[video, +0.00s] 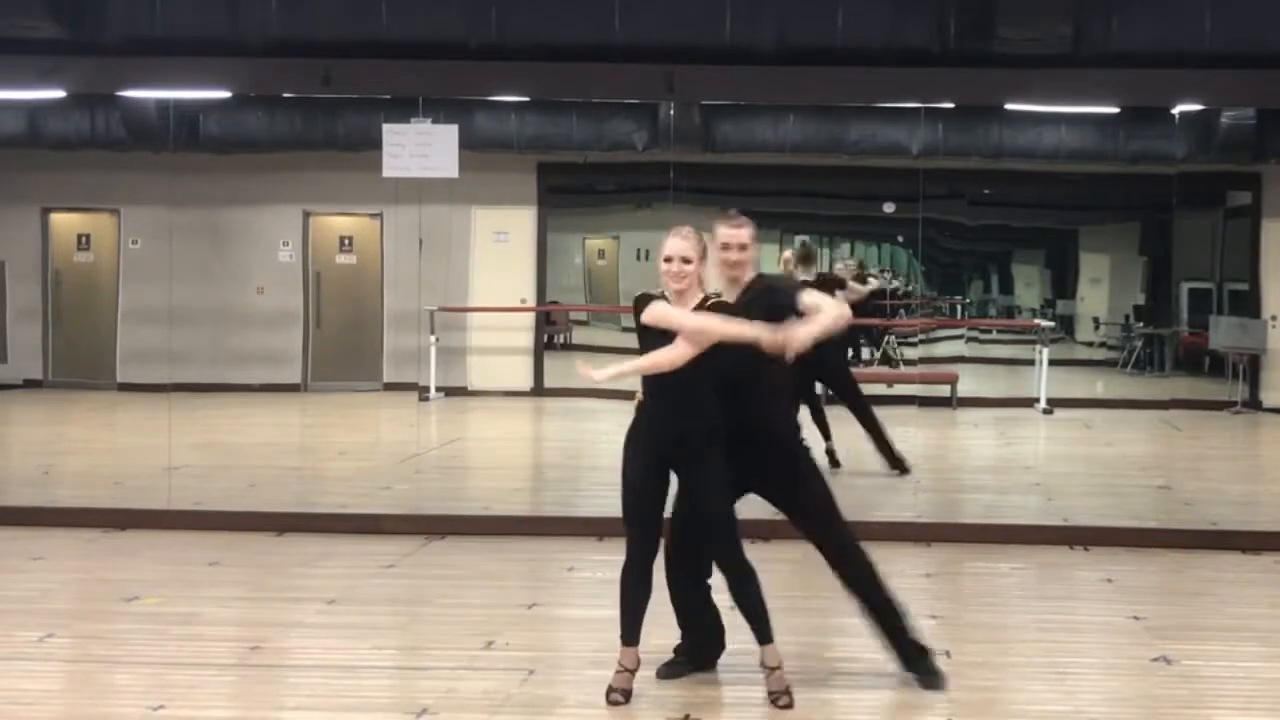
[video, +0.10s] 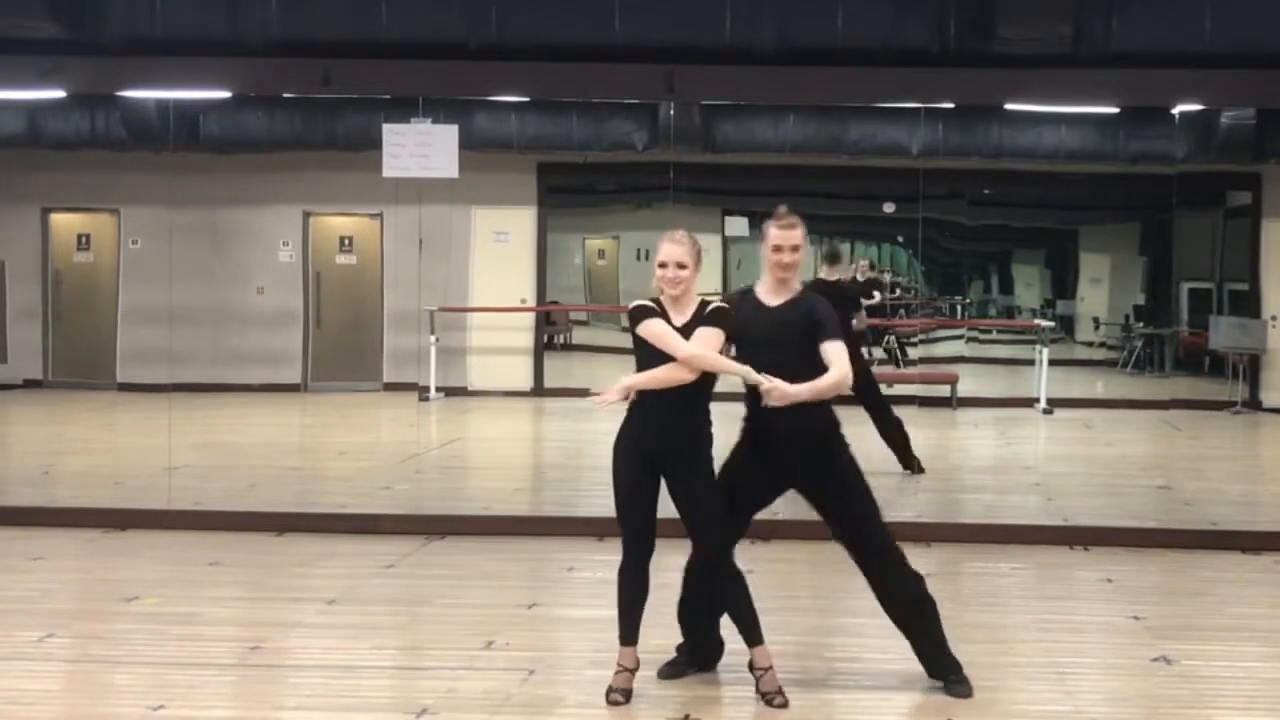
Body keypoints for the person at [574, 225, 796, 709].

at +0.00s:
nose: (676, 269)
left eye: (686, 261)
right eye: (669, 260)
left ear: (701, 265)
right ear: (658, 265)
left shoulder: (718, 312)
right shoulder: (646, 305)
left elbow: (677, 357)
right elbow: (690, 325)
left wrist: (612, 370)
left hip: (701, 444)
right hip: (648, 441)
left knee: (728, 553)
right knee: (640, 551)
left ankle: (770, 657)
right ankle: (627, 657)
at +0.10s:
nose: (671, 274)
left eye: (681, 266)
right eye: (663, 266)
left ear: (697, 271)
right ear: (653, 270)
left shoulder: (714, 314)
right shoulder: (641, 311)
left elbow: (691, 368)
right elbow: (685, 352)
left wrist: (631, 383)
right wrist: (751, 374)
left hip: (689, 448)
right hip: (638, 445)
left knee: (717, 552)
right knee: (636, 550)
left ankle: (761, 658)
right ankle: (626, 658)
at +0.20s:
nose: (669, 274)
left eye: (679, 266)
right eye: (662, 266)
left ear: (695, 270)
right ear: (651, 270)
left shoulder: (711, 312)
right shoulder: (639, 311)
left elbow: (693, 368)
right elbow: (685, 351)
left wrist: (631, 386)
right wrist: (748, 373)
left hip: (687, 448)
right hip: (636, 446)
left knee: (716, 553)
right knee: (634, 550)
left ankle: (759, 656)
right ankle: (625, 658)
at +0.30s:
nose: (669, 275)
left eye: (678, 267)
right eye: (661, 266)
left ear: (695, 271)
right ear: (651, 270)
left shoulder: (712, 311)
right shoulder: (638, 313)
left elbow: (694, 369)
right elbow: (686, 352)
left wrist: (634, 386)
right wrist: (751, 373)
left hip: (689, 448)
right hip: (637, 447)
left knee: (715, 553)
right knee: (634, 551)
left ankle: (759, 656)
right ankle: (624, 657)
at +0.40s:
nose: (674, 273)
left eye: (683, 265)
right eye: (666, 265)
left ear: (697, 269)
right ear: (654, 269)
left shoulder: (713, 308)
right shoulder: (639, 313)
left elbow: (698, 368)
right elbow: (683, 351)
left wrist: (641, 387)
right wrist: (749, 371)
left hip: (691, 448)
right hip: (639, 447)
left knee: (716, 554)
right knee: (634, 551)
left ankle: (759, 656)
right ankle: (624, 657)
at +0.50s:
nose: (692, 270)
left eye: (698, 262)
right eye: (682, 262)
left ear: (703, 268)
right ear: (659, 266)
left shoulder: (713, 307)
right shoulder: (639, 316)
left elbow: (704, 368)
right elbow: (684, 358)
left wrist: (646, 391)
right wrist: (749, 373)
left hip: (694, 447)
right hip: (642, 446)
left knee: (717, 554)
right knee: (635, 552)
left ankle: (760, 655)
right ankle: (624, 657)